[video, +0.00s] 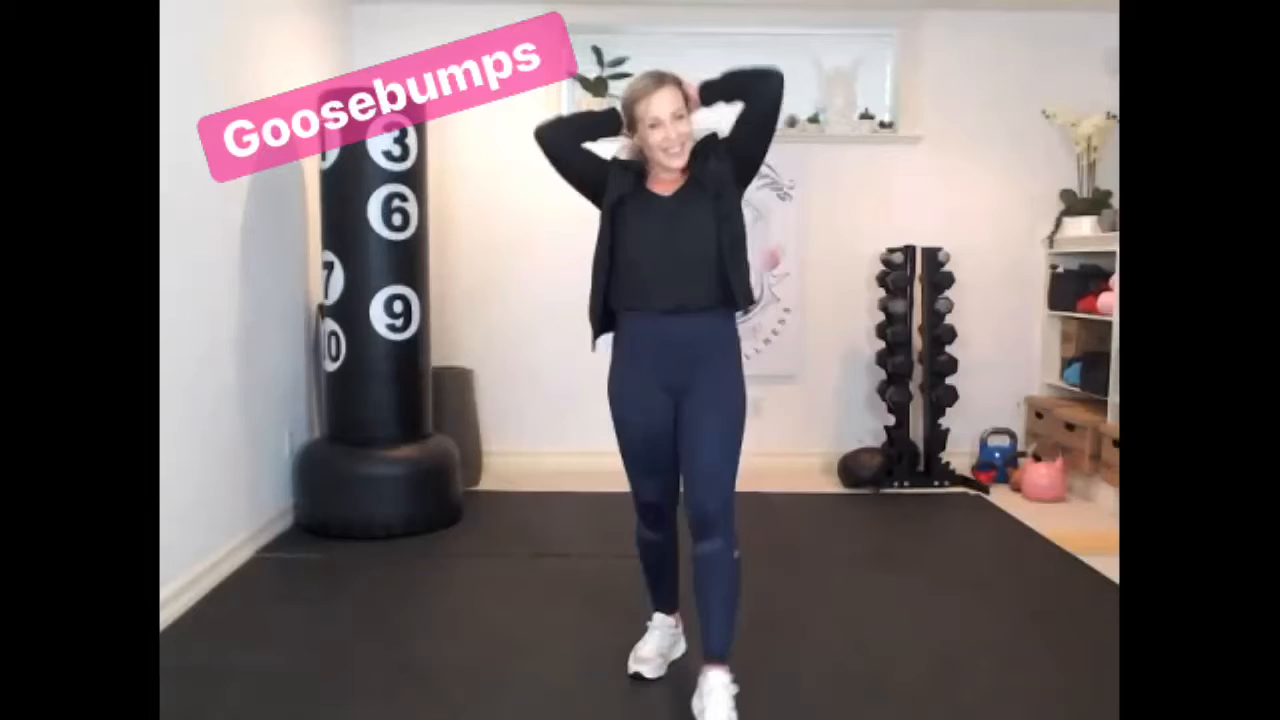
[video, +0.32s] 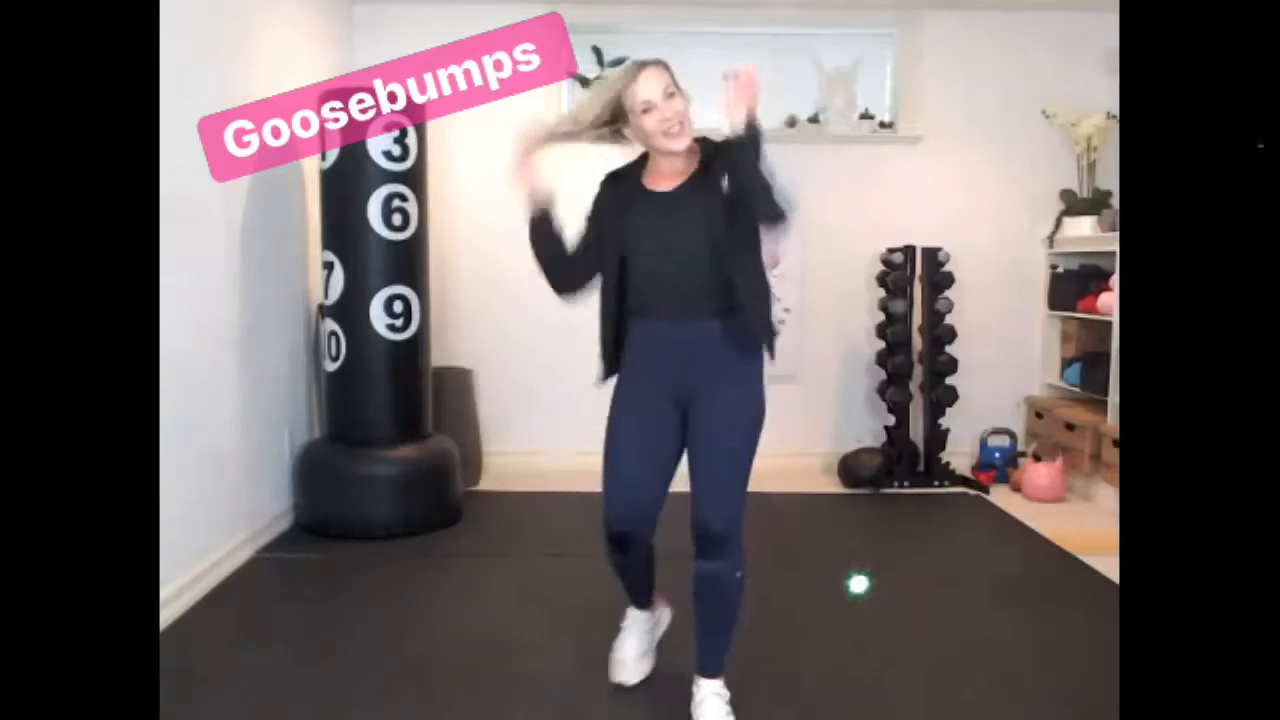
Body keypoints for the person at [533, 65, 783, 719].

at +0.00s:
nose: (671, 134)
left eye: (678, 119)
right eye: (656, 124)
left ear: (694, 118)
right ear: (635, 134)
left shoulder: (724, 170)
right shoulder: (615, 185)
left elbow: (768, 85)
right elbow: (551, 138)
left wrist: (697, 93)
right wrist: (622, 122)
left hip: (713, 359)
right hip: (638, 360)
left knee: (711, 513)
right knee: (652, 506)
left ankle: (717, 671)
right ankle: (663, 621)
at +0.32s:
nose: (668, 111)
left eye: (672, 96)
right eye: (649, 107)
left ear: (689, 101)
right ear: (630, 126)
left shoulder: (728, 162)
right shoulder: (619, 192)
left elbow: (767, 212)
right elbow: (569, 277)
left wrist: (747, 129)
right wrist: (538, 204)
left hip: (727, 363)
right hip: (648, 365)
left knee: (717, 528)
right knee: (625, 519)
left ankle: (711, 682)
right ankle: (644, 611)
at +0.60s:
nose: (651, 142)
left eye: (653, 126)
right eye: (634, 140)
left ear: (661, 111)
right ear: (608, 146)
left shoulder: (708, 173)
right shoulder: (594, 194)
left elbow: (735, 277)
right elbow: (583, 292)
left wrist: (685, 195)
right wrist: (565, 375)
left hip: (701, 369)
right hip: (620, 370)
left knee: (703, 527)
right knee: (603, 524)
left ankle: (710, 681)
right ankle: (582, 655)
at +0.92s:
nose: (611, 148)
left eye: (613, 133)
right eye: (592, 142)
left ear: (624, 129)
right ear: (557, 154)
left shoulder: (664, 187)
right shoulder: (542, 204)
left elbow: (657, 282)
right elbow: (515, 296)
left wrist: (602, 209)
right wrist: (492, 395)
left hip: (649, 374)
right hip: (569, 376)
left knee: (671, 521)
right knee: (574, 522)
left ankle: (704, 676)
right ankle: (577, 656)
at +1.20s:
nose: (567, 139)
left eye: (571, 119)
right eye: (546, 135)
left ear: (591, 117)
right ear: (530, 150)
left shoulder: (640, 191)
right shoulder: (522, 206)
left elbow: (646, 306)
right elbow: (485, 290)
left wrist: (561, 258)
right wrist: (457, 380)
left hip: (631, 372)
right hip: (550, 377)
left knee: (660, 519)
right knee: (559, 523)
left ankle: (702, 673)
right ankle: (576, 659)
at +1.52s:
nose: (559, 137)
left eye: (565, 120)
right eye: (542, 131)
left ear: (586, 116)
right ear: (525, 144)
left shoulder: (632, 182)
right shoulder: (512, 199)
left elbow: (642, 283)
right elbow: (487, 298)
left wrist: (580, 219)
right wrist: (480, 399)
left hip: (625, 367)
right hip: (545, 373)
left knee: (652, 513)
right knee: (556, 521)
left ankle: (678, 653)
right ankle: (574, 659)